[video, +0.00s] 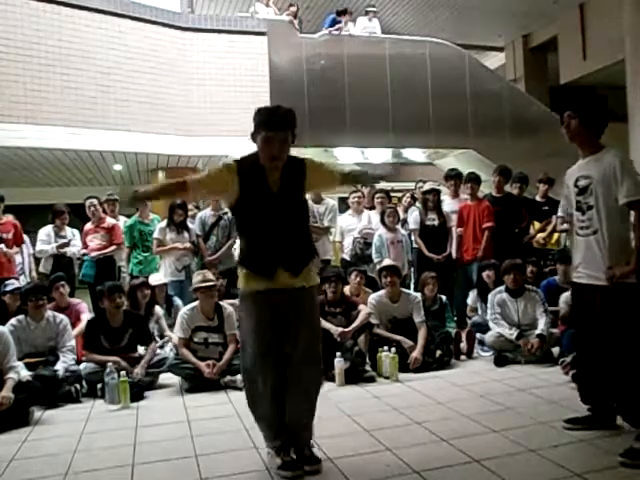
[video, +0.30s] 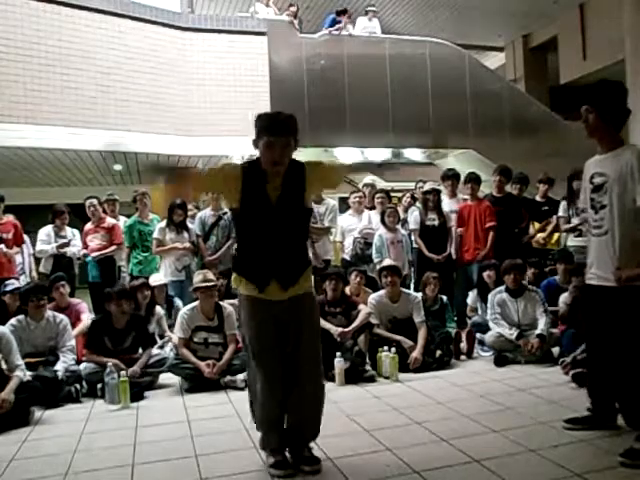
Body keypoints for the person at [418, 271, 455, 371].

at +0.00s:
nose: (431, 287)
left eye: (434, 284)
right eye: (428, 284)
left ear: (437, 287)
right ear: (423, 286)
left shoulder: (442, 300)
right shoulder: (417, 300)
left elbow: (449, 319)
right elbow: (417, 320)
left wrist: (450, 332)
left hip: (440, 331)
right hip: (424, 331)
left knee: (445, 336)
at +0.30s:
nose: (432, 287)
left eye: (435, 285)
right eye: (429, 284)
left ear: (439, 287)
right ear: (424, 286)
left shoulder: (443, 300)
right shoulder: (418, 300)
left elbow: (449, 319)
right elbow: (417, 319)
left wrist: (451, 331)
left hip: (440, 330)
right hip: (425, 331)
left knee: (445, 336)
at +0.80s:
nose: (432, 288)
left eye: (435, 285)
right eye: (429, 285)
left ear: (438, 287)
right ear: (424, 286)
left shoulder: (443, 300)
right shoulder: (417, 299)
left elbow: (449, 319)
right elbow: (416, 318)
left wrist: (449, 332)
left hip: (440, 329)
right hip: (425, 329)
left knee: (445, 336)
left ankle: (439, 354)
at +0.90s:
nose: (433, 290)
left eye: (436, 287)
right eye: (430, 287)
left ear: (440, 289)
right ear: (425, 288)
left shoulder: (445, 302)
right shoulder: (419, 301)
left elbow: (451, 321)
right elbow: (418, 320)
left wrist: (452, 334)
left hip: (442, 330)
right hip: (426, 331)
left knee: (447, 338)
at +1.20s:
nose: (436, 291)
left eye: (438, 288)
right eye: (433, 288)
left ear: (442, 290)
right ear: (428, 289)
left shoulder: (447, 303)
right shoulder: (422, 302)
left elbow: (453, 321)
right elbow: (420, 320)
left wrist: (453, 334)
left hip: (444, 331)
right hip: (429, 331)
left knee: (450, 339)